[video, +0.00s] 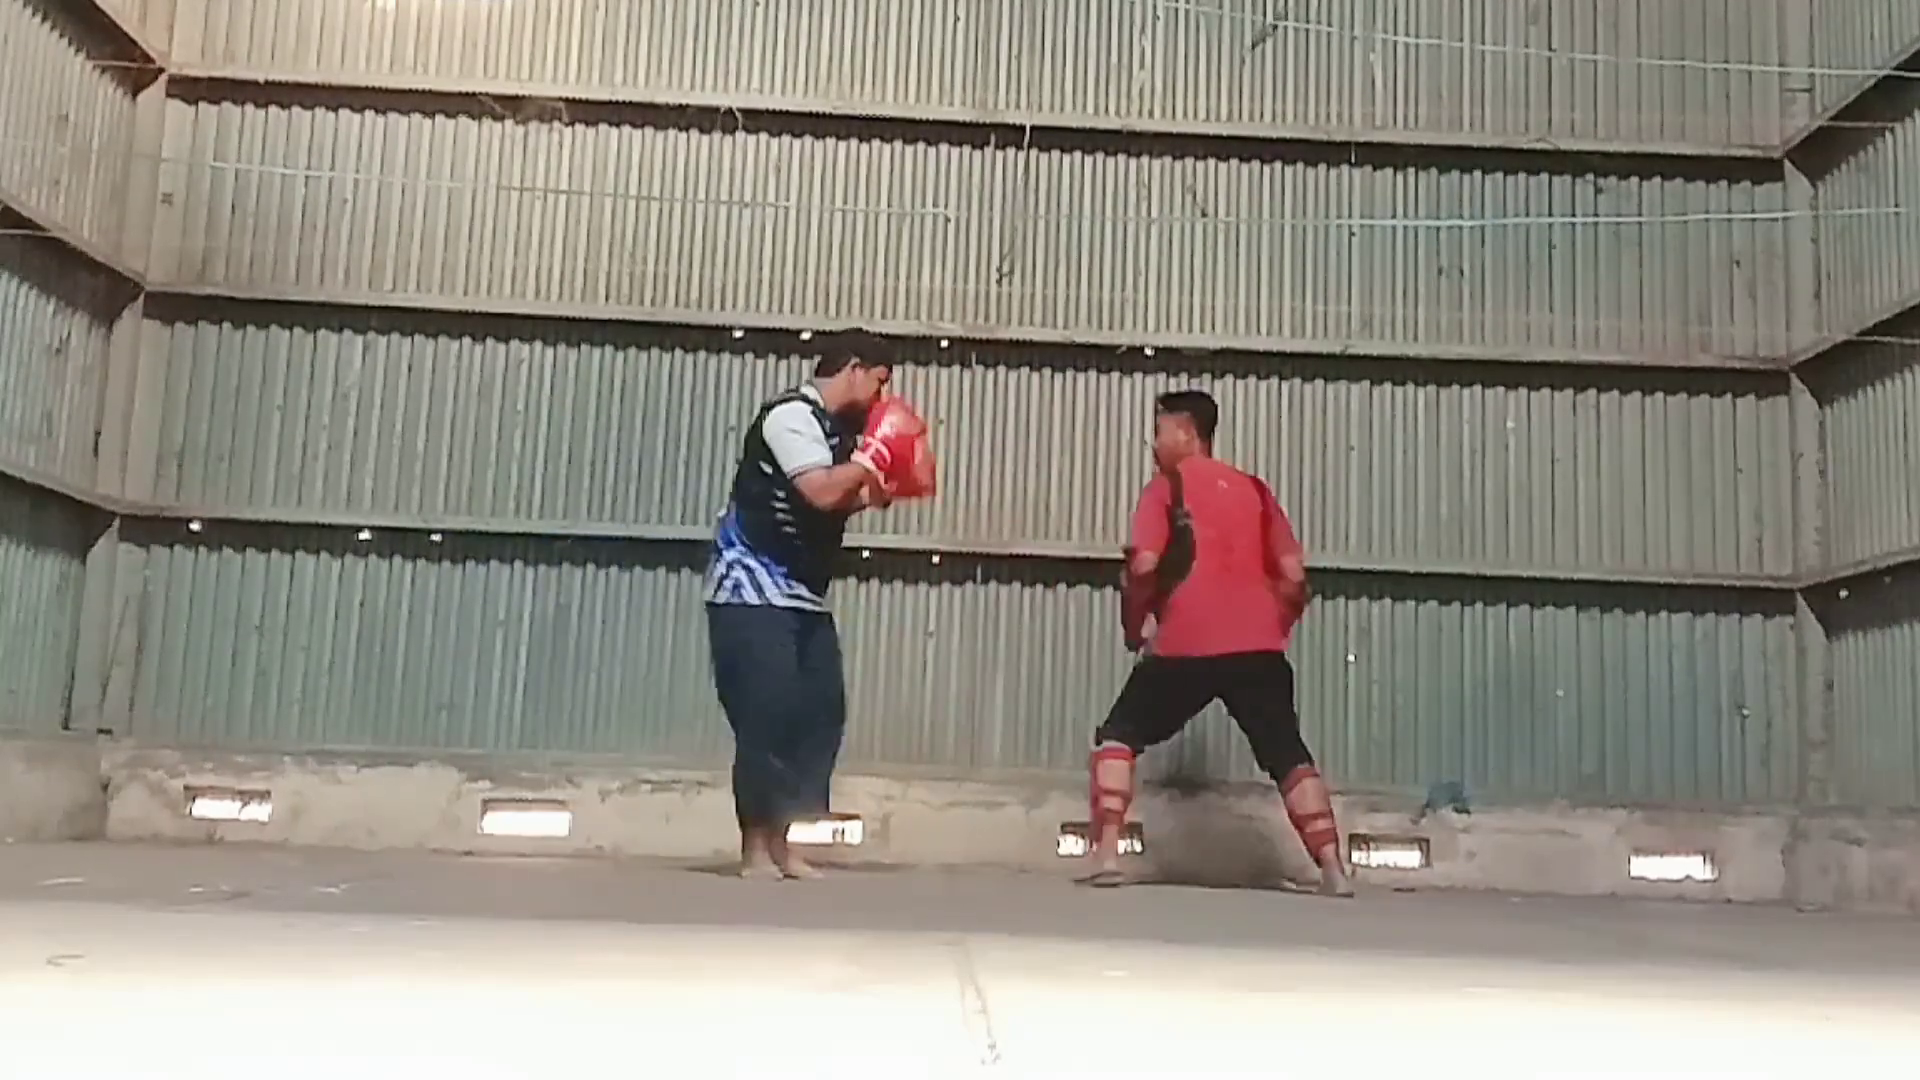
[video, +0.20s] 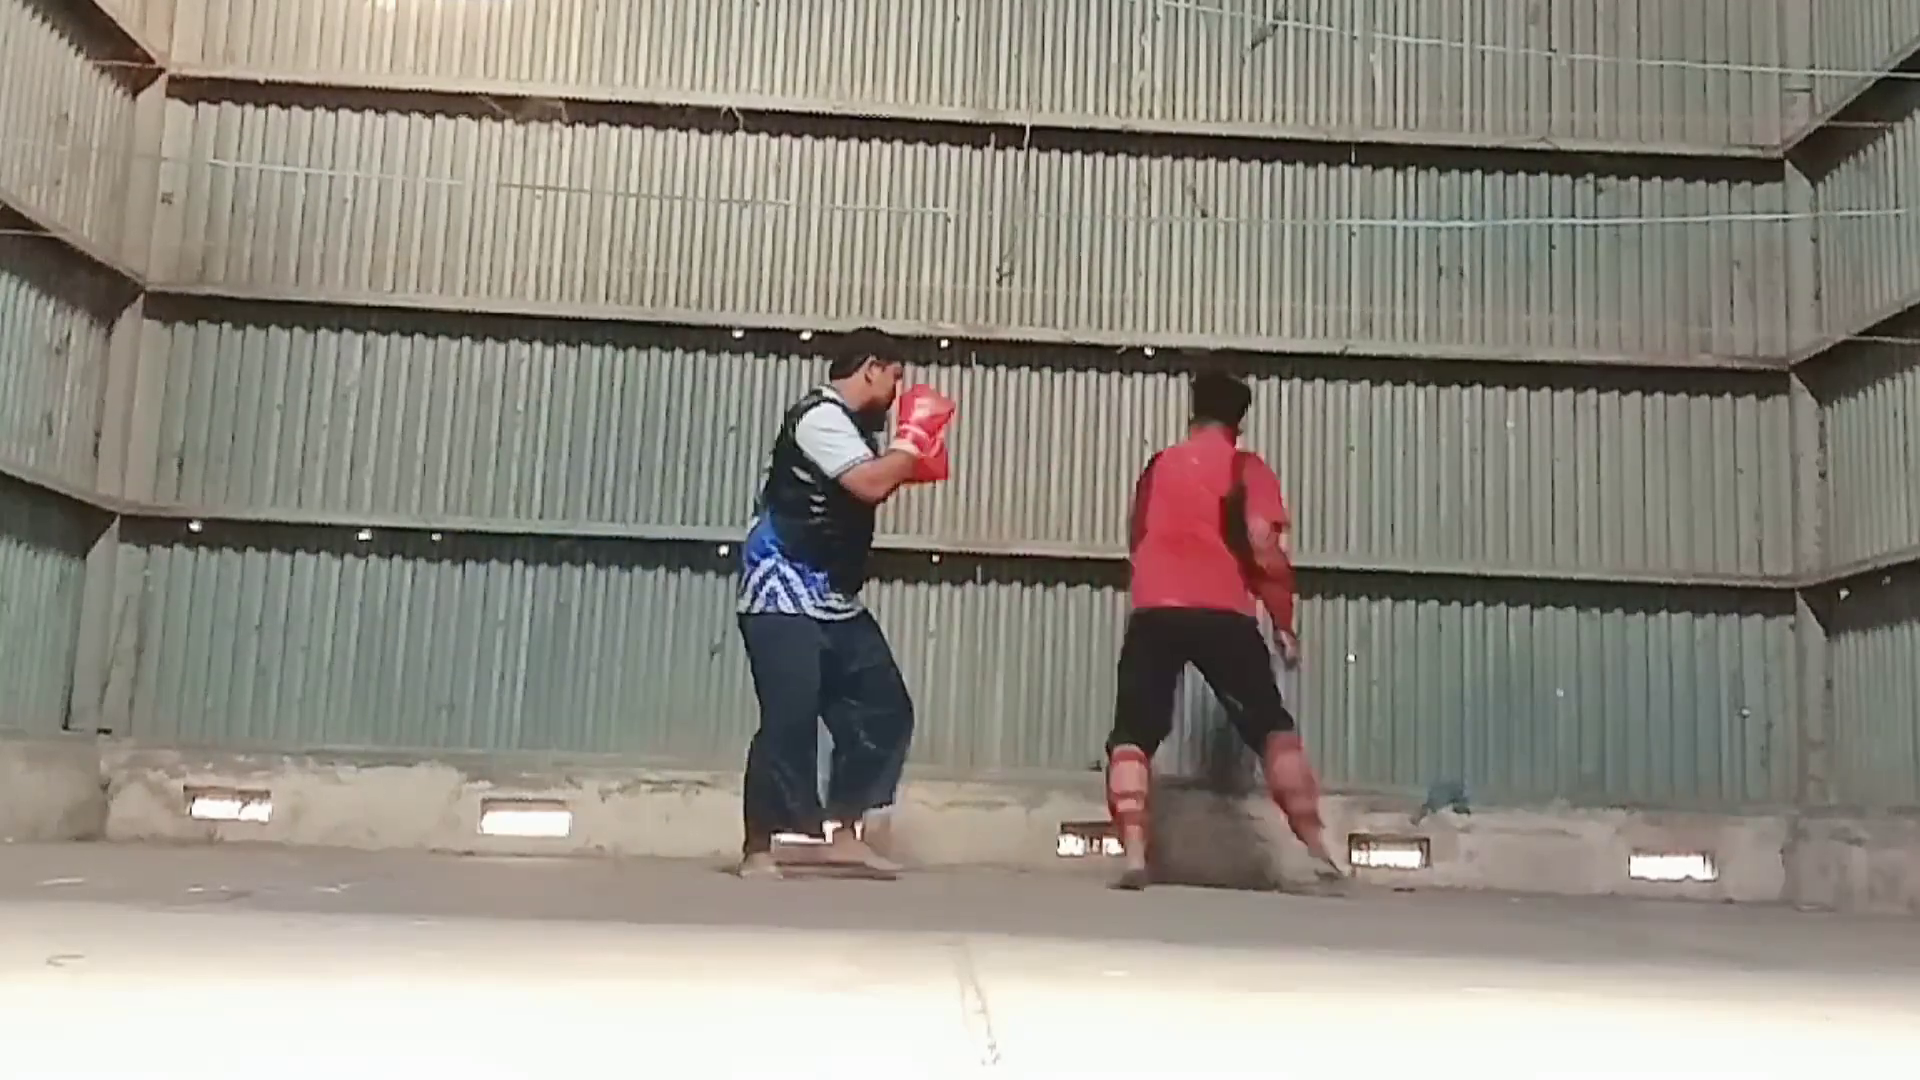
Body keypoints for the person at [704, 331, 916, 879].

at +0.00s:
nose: (882, 393)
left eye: (884, 383)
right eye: (880, 380)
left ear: (850, 371)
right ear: (853, 370)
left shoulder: (842, 430)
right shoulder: (789, 416)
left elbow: (838, 505)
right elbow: (820, 492)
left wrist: (879, 487)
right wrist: (870, 458)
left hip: (803, 596)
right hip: (751, 593)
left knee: (822, 713)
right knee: (768, 714)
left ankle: (786, 843)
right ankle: (757, 849)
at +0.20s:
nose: (898, 389)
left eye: (899, 379)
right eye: (896, 377)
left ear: (866, 371)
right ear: (870, 370)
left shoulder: (859, 425)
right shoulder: (820, 417)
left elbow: (885, 477)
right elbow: (867, 485)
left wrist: (910, 440)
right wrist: (909, 446)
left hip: (835, 598)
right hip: (782, 594)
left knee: (883, 713)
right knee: (792, 714)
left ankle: (844, 831)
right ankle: (776, 844)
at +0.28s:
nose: (906, 388)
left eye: (907, 378)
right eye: (903, 377)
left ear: (872, 373)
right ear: (877, 372)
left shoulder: (869, 424)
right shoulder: (836, 419)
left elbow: (929, 472)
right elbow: (897, 479)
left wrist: (938, 439)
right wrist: (931, 434)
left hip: (848, 602)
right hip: (793, 598)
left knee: (894, 716)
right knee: (798, 716)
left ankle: (896, 837)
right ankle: (766, 847)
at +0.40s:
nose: (930, 410)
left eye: (930, 399)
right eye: (927, 399)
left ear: (887, 397)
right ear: (901, 397)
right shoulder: (890, 449)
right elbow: (960, 519)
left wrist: (942, 556)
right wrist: (985, 555)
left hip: (869, 613)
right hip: (815, 614)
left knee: (926, 710)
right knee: (817, 730)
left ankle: (956, 841)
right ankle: (774, 848)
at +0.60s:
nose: (948, 421)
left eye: (951, 411)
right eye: (949, 410)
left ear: (919, 401)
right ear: (927, 402)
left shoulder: (910, 452)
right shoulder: (872, 440)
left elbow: (906, 520)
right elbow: (884, 533)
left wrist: (947, 541)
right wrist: (918, 570)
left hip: (873, 603)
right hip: (817, 597)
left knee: (929, 700)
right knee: (816, 713)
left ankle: (955, 839)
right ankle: (767, 841)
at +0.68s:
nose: (946, 411)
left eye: (949, 400)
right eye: (945, 399)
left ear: (919, 392)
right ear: (919, 391)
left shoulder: (912, 444)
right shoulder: (857, 425)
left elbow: (903, 532)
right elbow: (846, 492)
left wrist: (927, 582)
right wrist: (850, 552)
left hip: (893, 610)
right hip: (825, 607)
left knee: (941, 706)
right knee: (795, 706)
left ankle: (966, 824)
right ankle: (762, 831)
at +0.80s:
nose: (942, 433)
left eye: (945, 424)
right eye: (938, 422)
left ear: (913, 418)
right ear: (906, 414)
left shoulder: (920, 472)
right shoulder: (853, 450)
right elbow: (808, 489)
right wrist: (791, 539)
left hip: (912, 644)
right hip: (833, 645)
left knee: (985, 720)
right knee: (779, 735)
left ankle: (1021, 836)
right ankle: (710, 837)